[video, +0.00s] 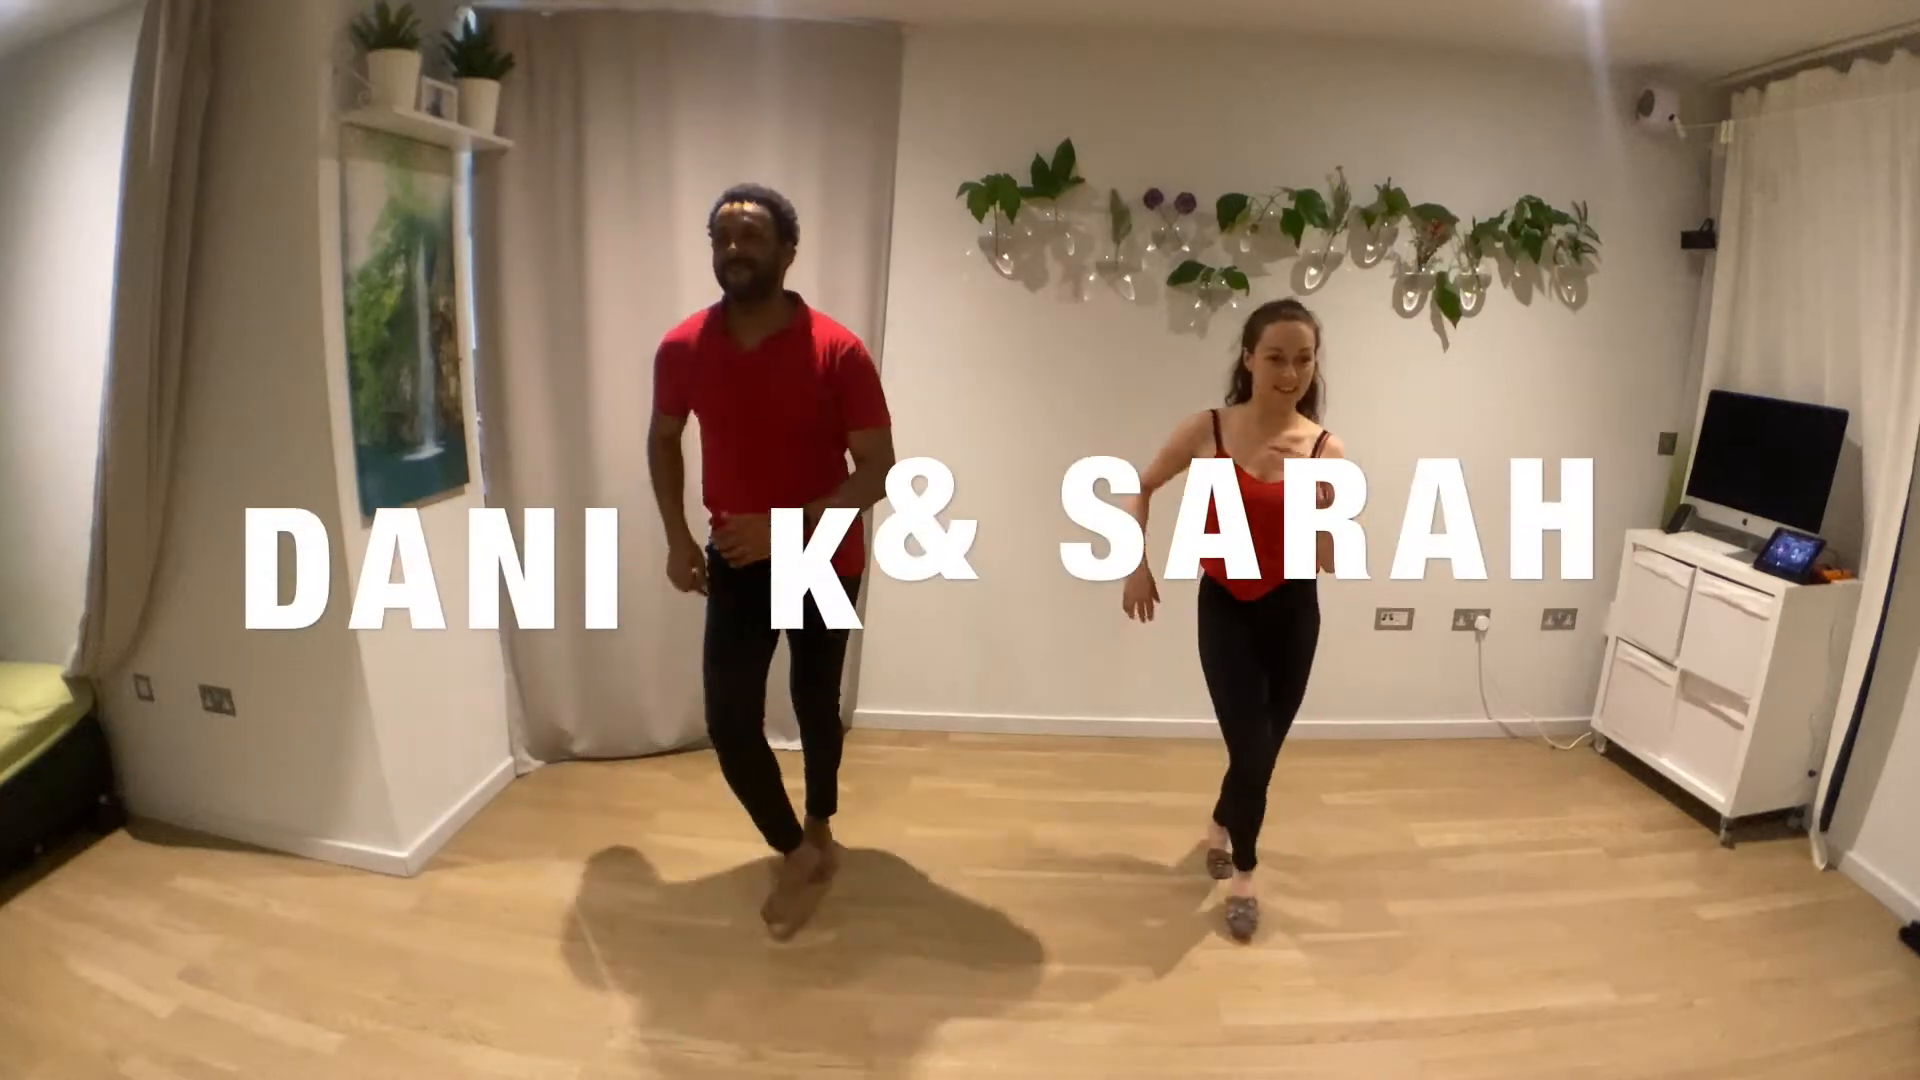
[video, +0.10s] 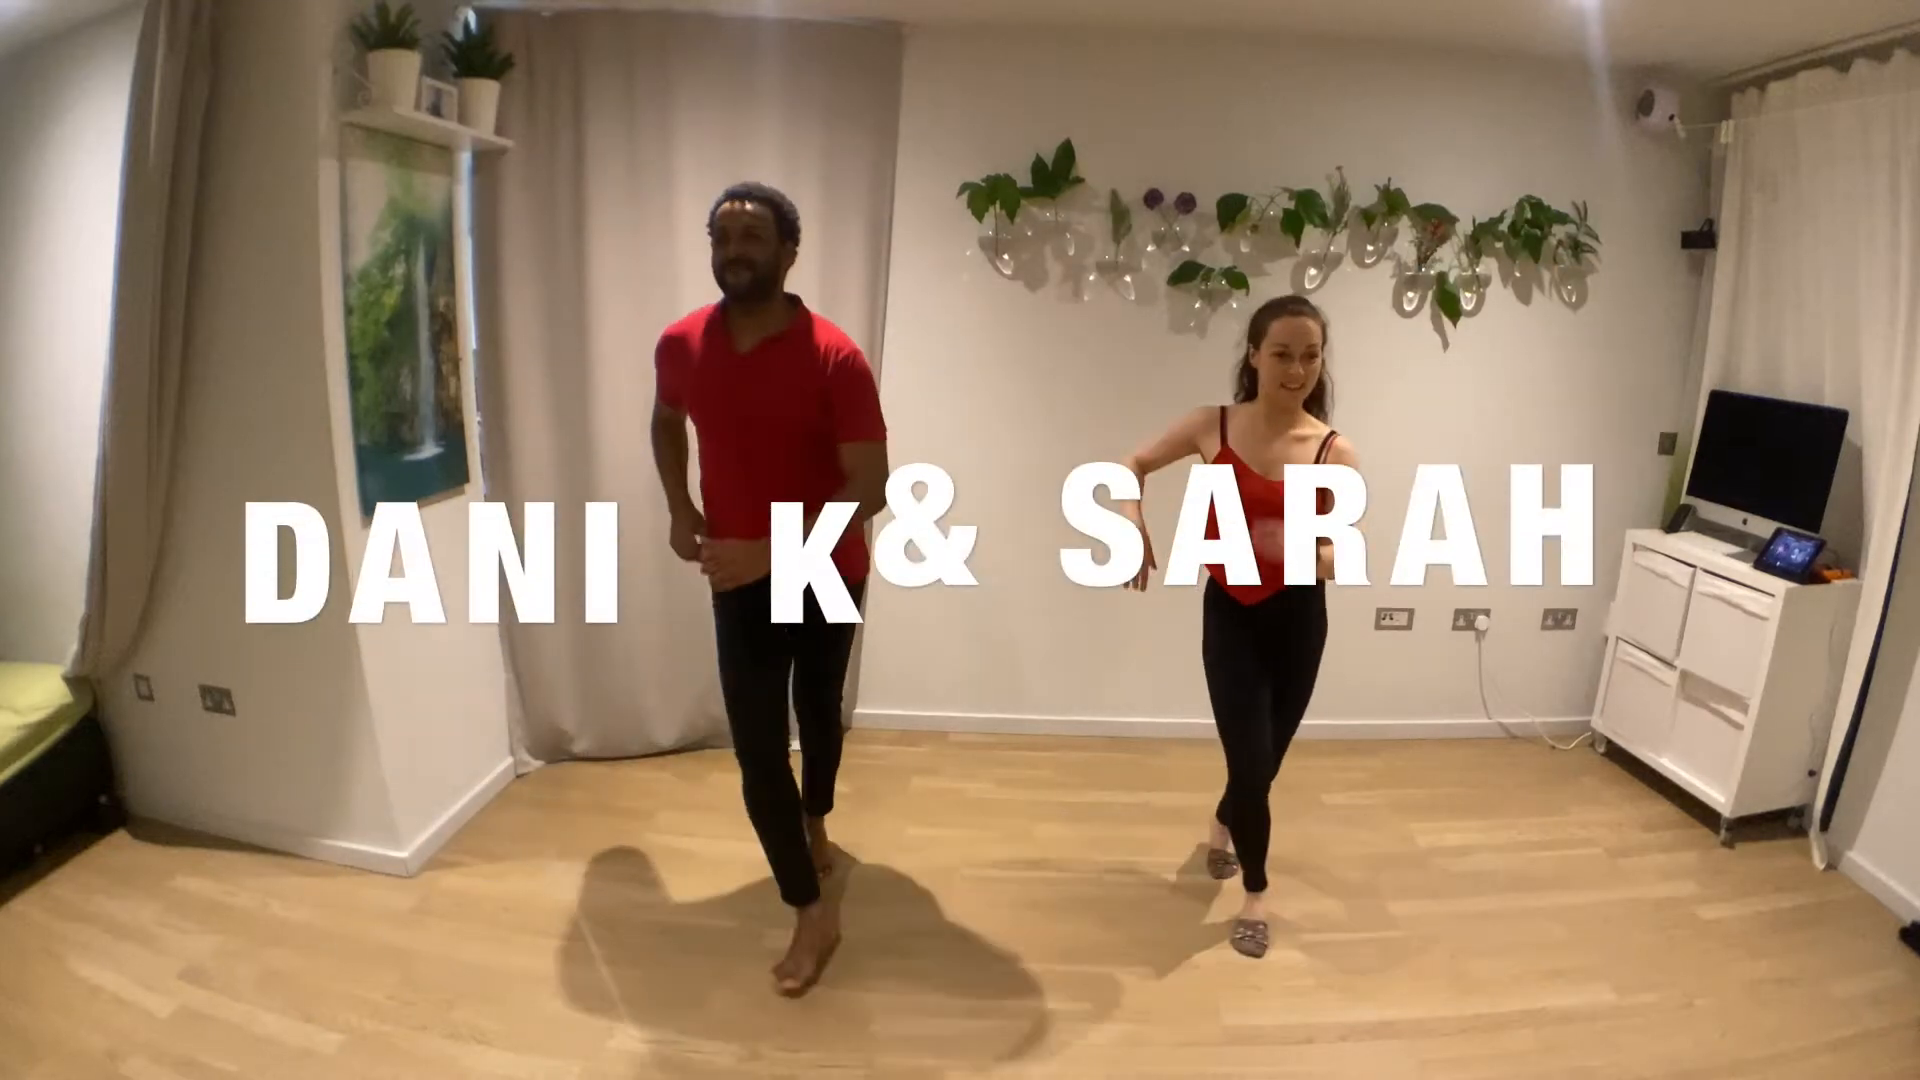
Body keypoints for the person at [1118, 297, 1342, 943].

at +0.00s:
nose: (1290, 370)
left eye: (1302, 358)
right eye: (1277, 356)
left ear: (1314, 365)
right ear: (1248, 358)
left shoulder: (1322, 447)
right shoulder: (1206, 431)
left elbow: (1330, 557)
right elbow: (1139, 487)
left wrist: (1317, 486)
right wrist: (1137, 565)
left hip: (1293, 607)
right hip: (1225, 605)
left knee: (1265, 745)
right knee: (1252, 748)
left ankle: (1222, 824)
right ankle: (1245, 877)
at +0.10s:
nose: (1297, 367)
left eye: (1309, 355)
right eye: (1283, 352)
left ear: (1321, 363)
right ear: (1253, 355)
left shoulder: (1331, 449)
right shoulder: (1211, 426)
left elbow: (1344, 540)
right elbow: (1131, 470)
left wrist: (1325, 548)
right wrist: (1136, 540)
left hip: (1300, 617)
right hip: (1230, 614)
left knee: (1267, 754)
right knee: (1250, 765)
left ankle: (1224, 822)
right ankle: (1255, 897)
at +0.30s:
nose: (1308, 376)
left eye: (1321, 364)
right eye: (1293, 361)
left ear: (1334, 373)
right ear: (1262, 366)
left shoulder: (1351, 466)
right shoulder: (1218, 446)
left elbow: (1363, 584)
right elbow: (1114, 484)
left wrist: (1346, 676)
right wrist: (1165, 479)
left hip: (1303, 642)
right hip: (1229, 639)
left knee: (1304, 800)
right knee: (1242, 789)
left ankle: (1258, 822)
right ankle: (1257, 898)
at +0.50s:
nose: (1312, 389)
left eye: (1326, 376)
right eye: (1297, 374)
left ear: (1340, 384)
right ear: (1267, 377)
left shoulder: (1359, 472)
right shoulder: (1223, 469)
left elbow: (1423, 557)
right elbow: (1154, 549)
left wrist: (1402, 651)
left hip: (1302, 655)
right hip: (1225, 651)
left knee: (1285, 802)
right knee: (1239, 800)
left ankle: (1283, 926)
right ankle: (1265, 909)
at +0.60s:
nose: (1313, 391)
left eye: (1328, 378)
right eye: (1298, 375)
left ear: (1341, 386)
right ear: (1265, 380)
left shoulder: (1363, 472)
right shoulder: (1220, 477)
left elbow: (1439, 534)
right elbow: (1177, 574)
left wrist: (1418, 623)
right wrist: (1218, 568)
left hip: (1305, 664)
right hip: (1227, 661)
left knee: (1286, 828)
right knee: (1240, 822)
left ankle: (1253, 970)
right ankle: (1266, 905)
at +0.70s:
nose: (1313, 394)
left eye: (1328, 381)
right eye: (1297, 379)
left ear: (1340, 390)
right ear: (1263, 383)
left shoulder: (1359, 465)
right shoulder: (1221, 480)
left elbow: (1443, 511)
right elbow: (1194, 588)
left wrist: (1419, 605)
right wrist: (1276, 575)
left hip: (1310, 675)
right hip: (1230, 675)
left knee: (1285, 857)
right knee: (1244, 836)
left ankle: (1236, 987)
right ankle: (1276, 904)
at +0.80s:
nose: (1314, 395)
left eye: (1328, 382)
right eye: (1297, 380)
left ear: (1341, 389)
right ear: (1262, 385)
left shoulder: (1356, 467)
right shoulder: (1213, 482)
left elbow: (1450, 511)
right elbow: (1188, 601)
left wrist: (1401, 581)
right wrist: (1240, 635)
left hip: (1317, 691)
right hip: (1235, 691)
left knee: (1289, 872)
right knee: (1244, 854)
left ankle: (1231, 994)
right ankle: (1281, 901)